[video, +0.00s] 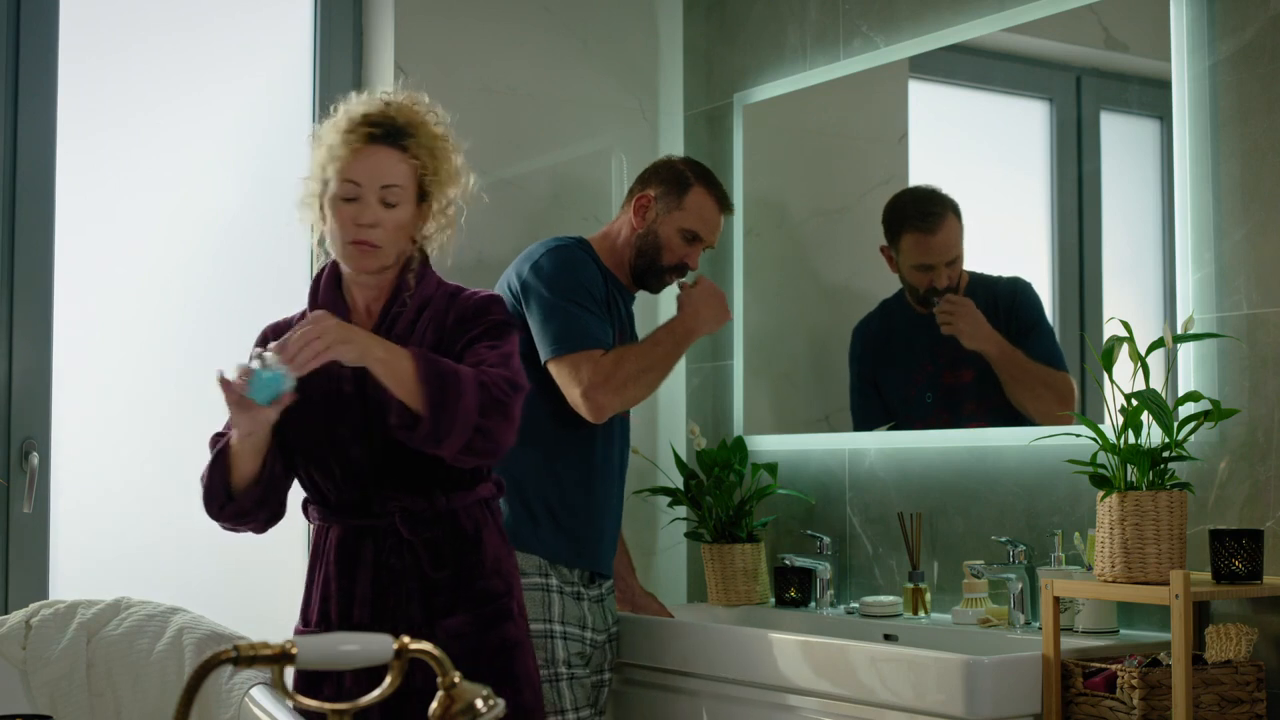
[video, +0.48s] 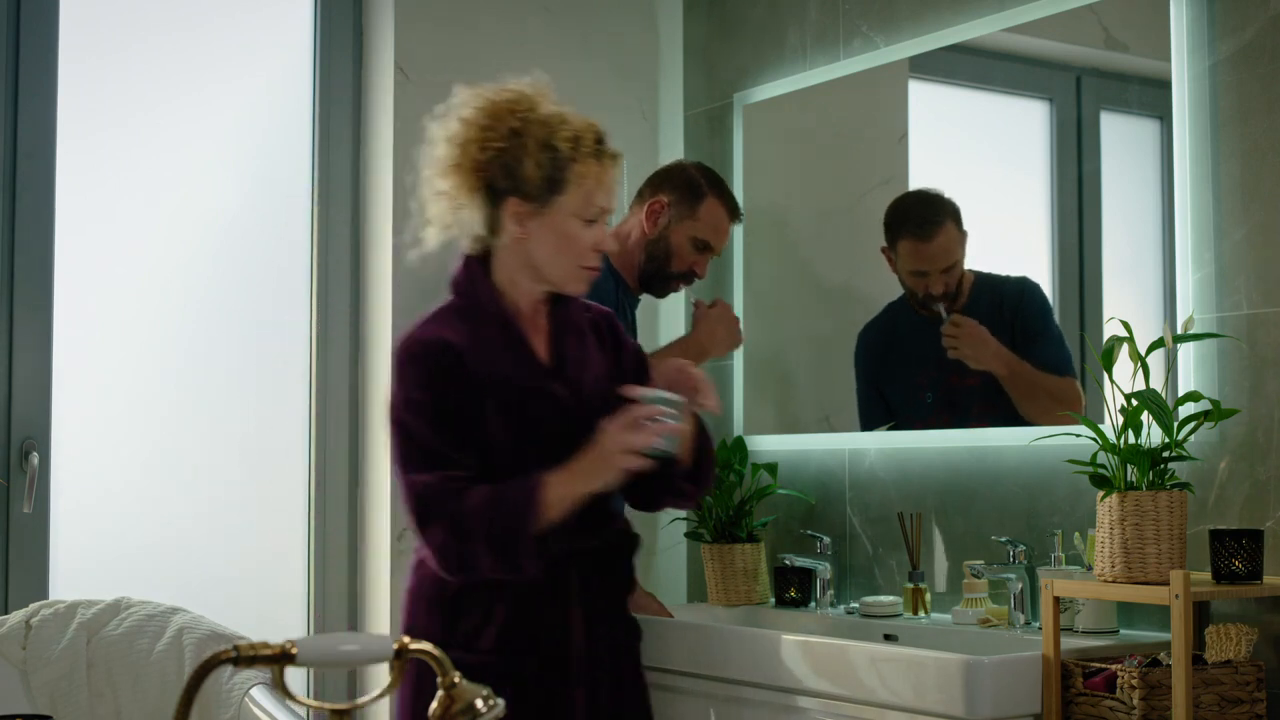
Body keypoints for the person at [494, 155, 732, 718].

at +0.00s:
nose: (693, 263)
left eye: (703, 250)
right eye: (689, 239)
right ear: (641, 209)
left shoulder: (616, 305)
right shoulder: (558, 266)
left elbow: (588, 464)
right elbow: (594, 392)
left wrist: (625, 583)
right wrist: (686, 325)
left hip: (585, 576)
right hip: (533, 568)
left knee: (586, 708)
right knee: (555, 710)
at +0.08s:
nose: (693, 262)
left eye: (703, 250)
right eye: (688, 238)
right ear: (641, 208)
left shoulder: (617, 306)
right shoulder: (560, 266)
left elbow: (590, 465)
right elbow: (595, 394)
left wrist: (625, 583)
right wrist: (695, 336)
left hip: (585, 577)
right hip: (532, 568)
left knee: (585, 707)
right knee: (552, 710)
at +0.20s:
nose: (695, 267)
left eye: (706, 255)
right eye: (692, 243)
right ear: (647, 210)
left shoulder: (616, 302)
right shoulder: (562, 269)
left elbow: (593, 464)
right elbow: (585, 399)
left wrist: (625, 583)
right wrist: (687, 331)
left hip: (583, 580)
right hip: (536, 573)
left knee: (587, 706)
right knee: (552, 707)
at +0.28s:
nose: (698, 267)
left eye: (708, 254)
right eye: (694, 243)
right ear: (648, 211)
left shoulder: (619, 302)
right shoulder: (564, 268)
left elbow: (594, 455)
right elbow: (600, 389)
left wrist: (623, 581)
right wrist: (696, 340)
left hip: (586, 583)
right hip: (538, 576)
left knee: (589, 706)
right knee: (547, 707)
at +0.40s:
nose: (700, 271)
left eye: (710, 257)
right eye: (698, 247)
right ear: (654, 216)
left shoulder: (618, 300)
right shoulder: (577, 280)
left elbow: (594, 457)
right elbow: (586, 404)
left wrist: (626, 586)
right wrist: (687, 335)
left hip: (585, 581)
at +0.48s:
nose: (701, 272)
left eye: (711, 258)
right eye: (699, 248)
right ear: (654, 216)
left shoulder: (621, 299)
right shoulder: (589, 291)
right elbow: (599, 388)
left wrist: (624, 586)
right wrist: (696, 345)